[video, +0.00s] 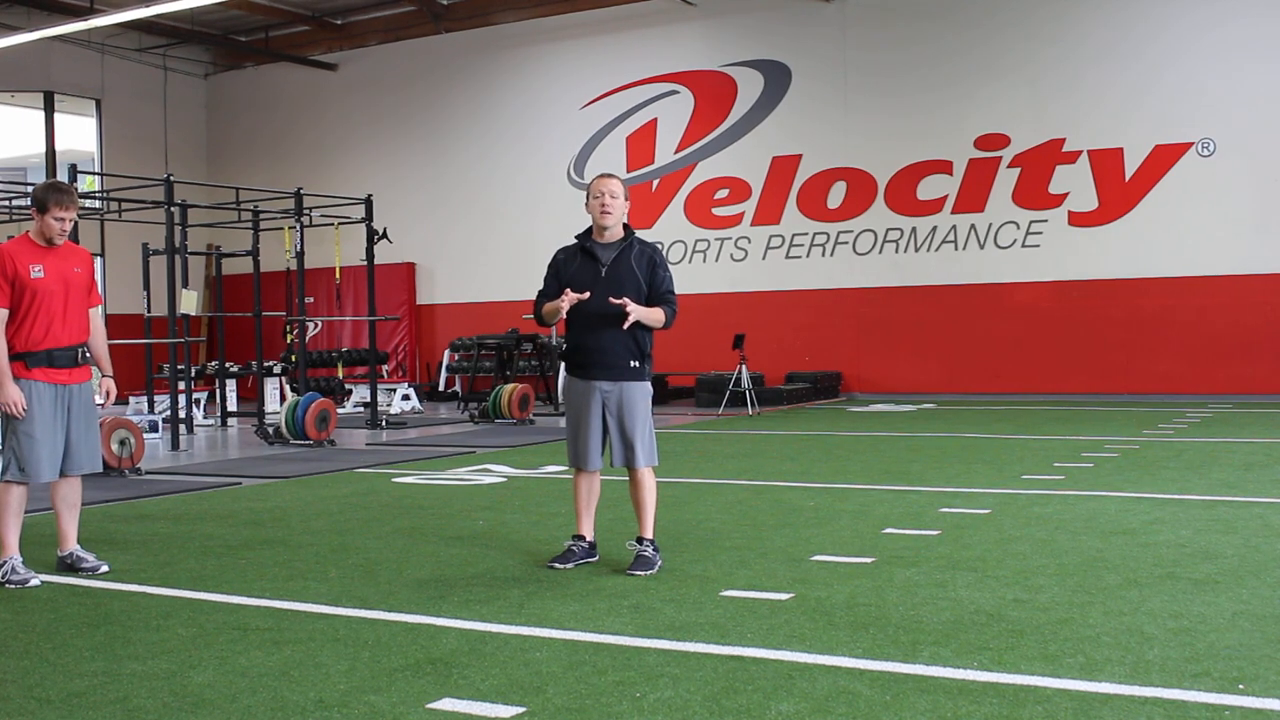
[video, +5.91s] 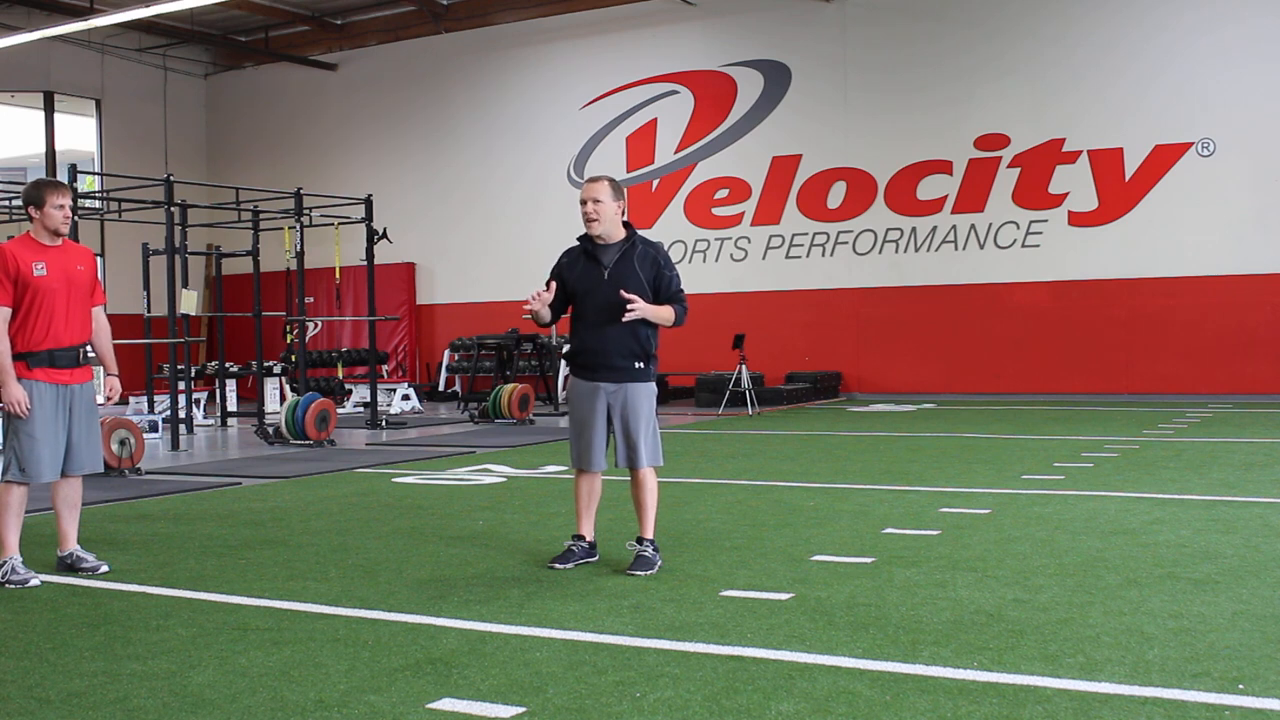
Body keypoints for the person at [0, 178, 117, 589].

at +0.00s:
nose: (66, 227)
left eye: (71, 220)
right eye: (59, 220)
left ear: (75, 216)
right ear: (37, 215)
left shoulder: (82, 258)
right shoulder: (10, 255)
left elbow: (93, 320)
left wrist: (107, 371)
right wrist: (5, 382)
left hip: (76, 377)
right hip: (28, 379)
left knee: (71, 466)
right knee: (18, 472)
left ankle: (69, 550)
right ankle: (9, 559)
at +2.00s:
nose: (62, 212)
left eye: (66, 205)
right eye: (53, 205)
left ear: (69, 211)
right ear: (30, 211)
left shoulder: (84, 257)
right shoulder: (11, 255)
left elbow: (96, 320)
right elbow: (0, 326)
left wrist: (109, 371)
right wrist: (7, 382)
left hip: (77, 377)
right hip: (30, 378)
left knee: (72, 467)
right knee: (18, 473)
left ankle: (69, 551)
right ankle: (10, 559)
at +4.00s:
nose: (66, 213)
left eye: (68, 206)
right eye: (57, 206)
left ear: (69, 211)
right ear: (33, 211)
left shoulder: (84, 257)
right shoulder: (11, 255)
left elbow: (96, 319)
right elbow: (0, 326)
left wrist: (110, 371)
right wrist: (6, 381)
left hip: (77, 376)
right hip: (29, 378)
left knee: (72, 466)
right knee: (18, 473)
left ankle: (69, 551)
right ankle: (10, 560)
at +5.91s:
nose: (66, 213)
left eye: (69, 207)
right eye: (58, 207)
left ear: (70, 211)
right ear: (34, 211)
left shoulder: (85, 257)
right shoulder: (12, 254)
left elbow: (97, 319)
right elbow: (1, 325)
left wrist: (111, 370)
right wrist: (7, 381)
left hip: (77, 377)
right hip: (30, 378)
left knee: (72, 466)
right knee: (19, 473)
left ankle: (69, 551)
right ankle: (10, 559)